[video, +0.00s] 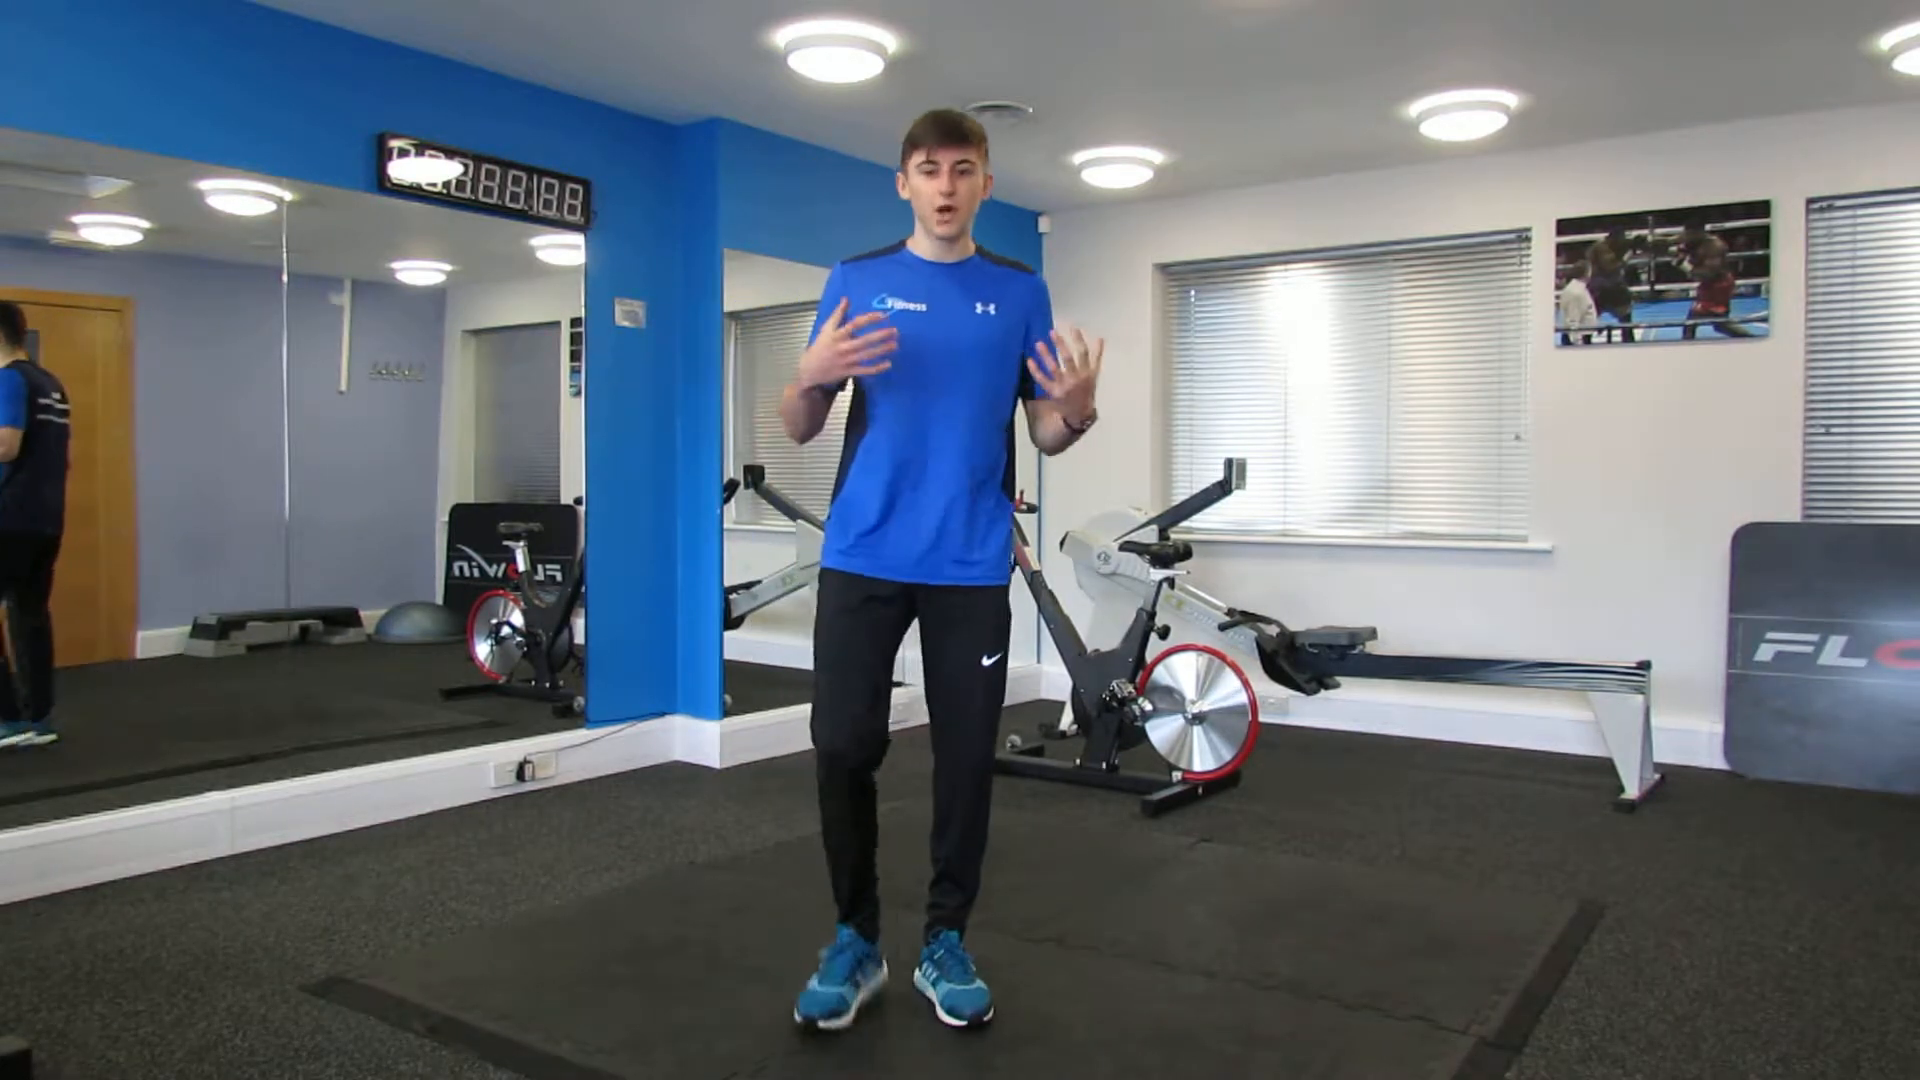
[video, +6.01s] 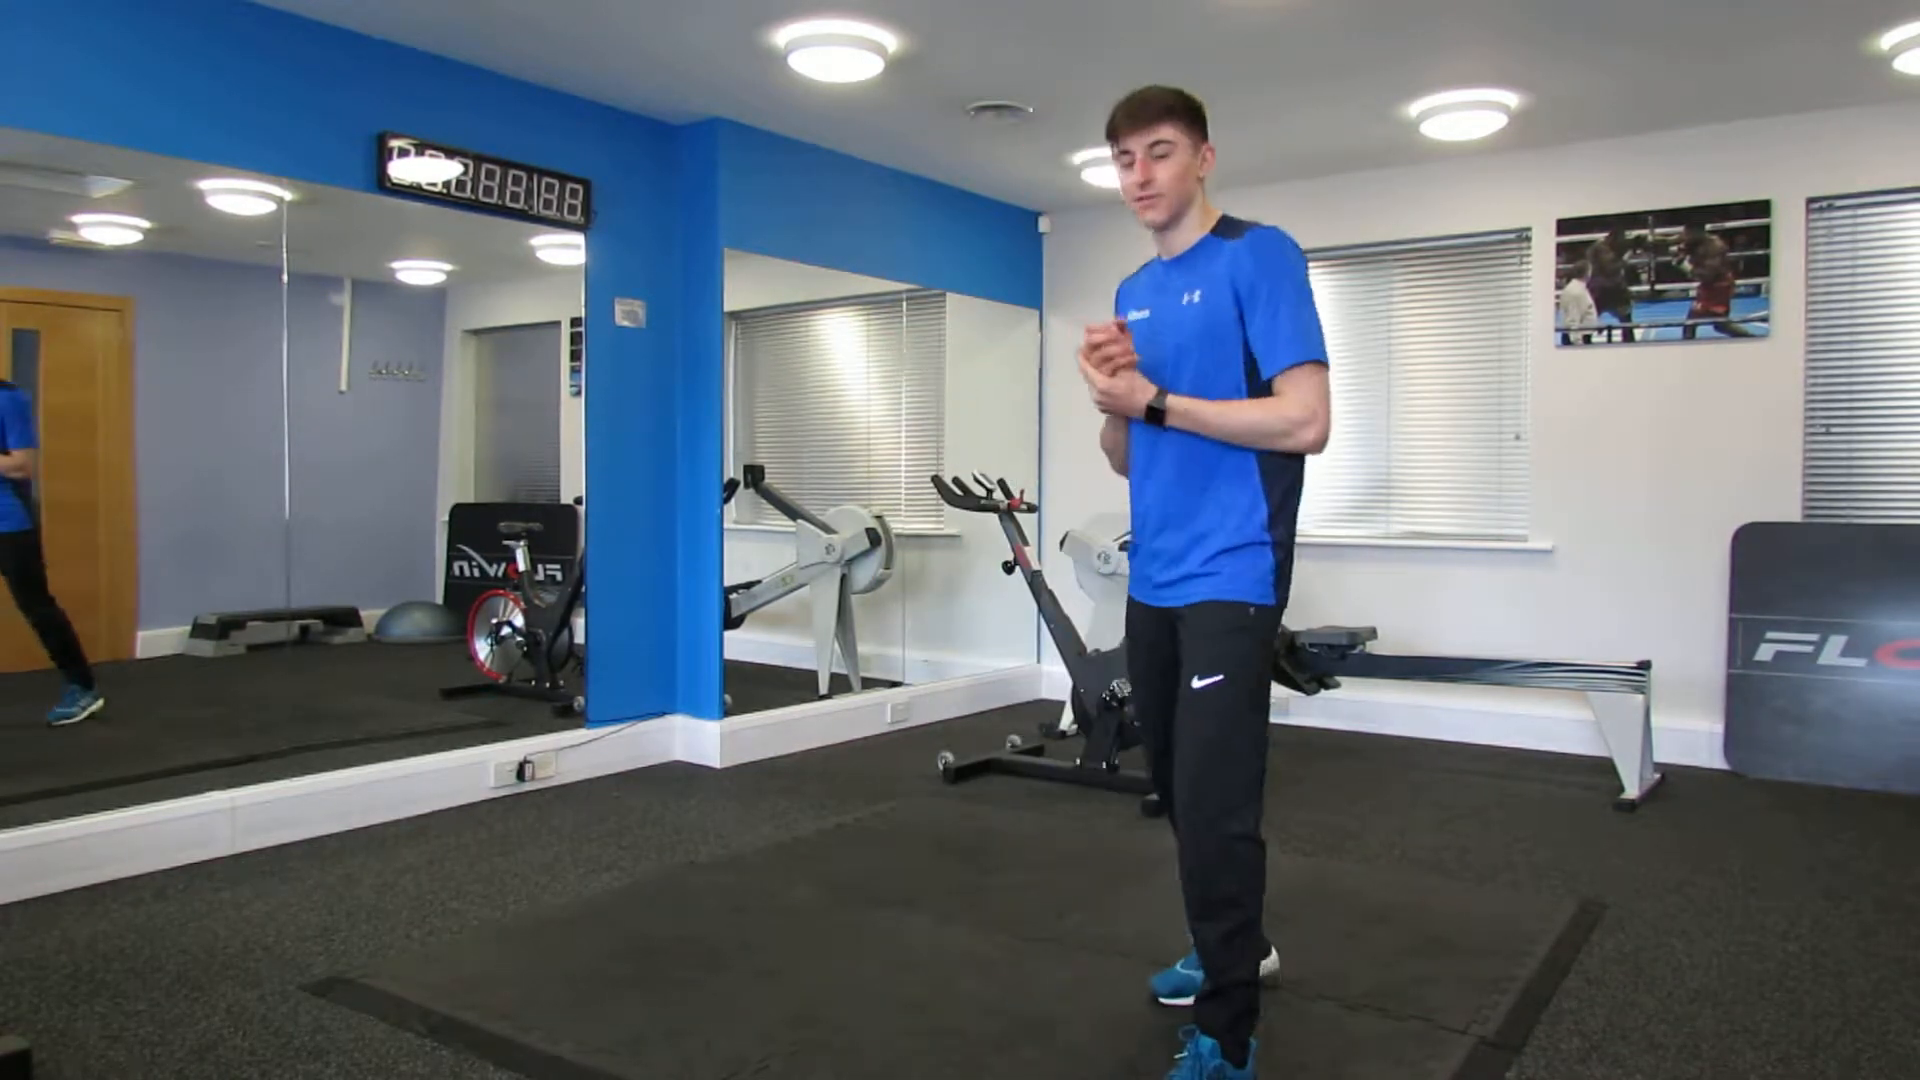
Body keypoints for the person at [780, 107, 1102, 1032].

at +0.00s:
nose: (946, 186)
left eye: (962, 171)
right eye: (929, 171)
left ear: (984, 183)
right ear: (904, 184)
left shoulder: (1020, 292)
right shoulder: (856, 282)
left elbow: (1047, 434)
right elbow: (799, 428)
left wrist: (1077, 402)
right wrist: (812, 377)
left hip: (973, 557)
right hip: (864, 548)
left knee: (968, 755)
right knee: (843, 746)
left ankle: (946, 941)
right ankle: (855, 939)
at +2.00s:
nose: (1036, 175)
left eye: (1052, 163)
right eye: (1020, 161)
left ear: (1073, 181)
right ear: (989, 178)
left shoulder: (1106, 290)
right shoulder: (937, 284)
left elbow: (1148, 430)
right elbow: (892, 425)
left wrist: (1090, 430)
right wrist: (983, 421)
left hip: (1060, 561)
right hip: (949, 556)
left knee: (1062, 767)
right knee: (917, 746)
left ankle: (1039, 956)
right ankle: (946, 886)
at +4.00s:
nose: (1047, 187)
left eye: (1063, 173)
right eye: (1031, 173)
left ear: (1086, 189)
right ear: (1004, 188)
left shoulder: (1125, 295)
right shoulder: (955, 293)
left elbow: (1157, 431)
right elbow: (920, 434)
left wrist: (1079, 422)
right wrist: (995, 408)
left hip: (1073, 568)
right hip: (967, 560)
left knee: (1071, 753)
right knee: (939, 748)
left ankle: (1045, 912)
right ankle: (943, 954)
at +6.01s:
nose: (1141, 174)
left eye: (1160, 152)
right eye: (1125, 161)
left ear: (1205, 158)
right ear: (1117, 180)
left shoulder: (1260, 255)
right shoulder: (1133, 296)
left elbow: (1307, 420)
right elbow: (1128, 460)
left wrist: (1157, 400)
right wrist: (1110, 401)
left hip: (1232, 566)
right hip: (1155, 569)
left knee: (1217, 800)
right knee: (1178, 780)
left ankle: (1225, 1035)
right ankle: (1229, 947)